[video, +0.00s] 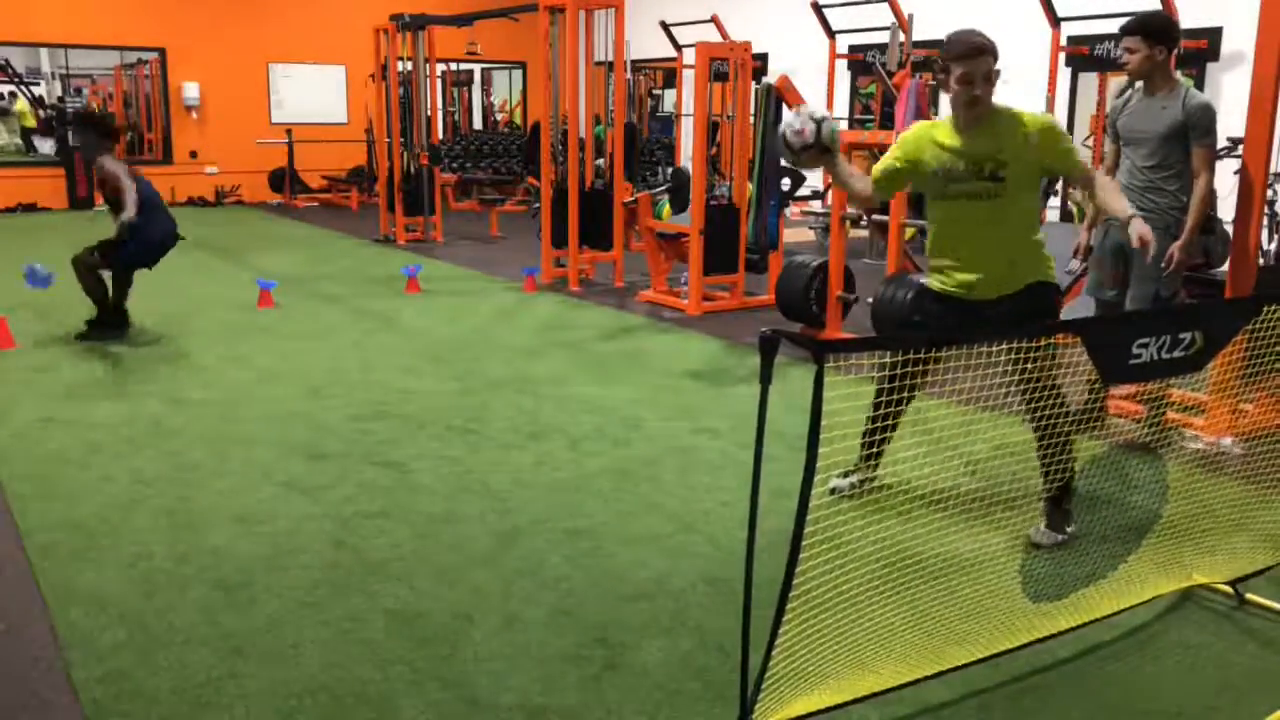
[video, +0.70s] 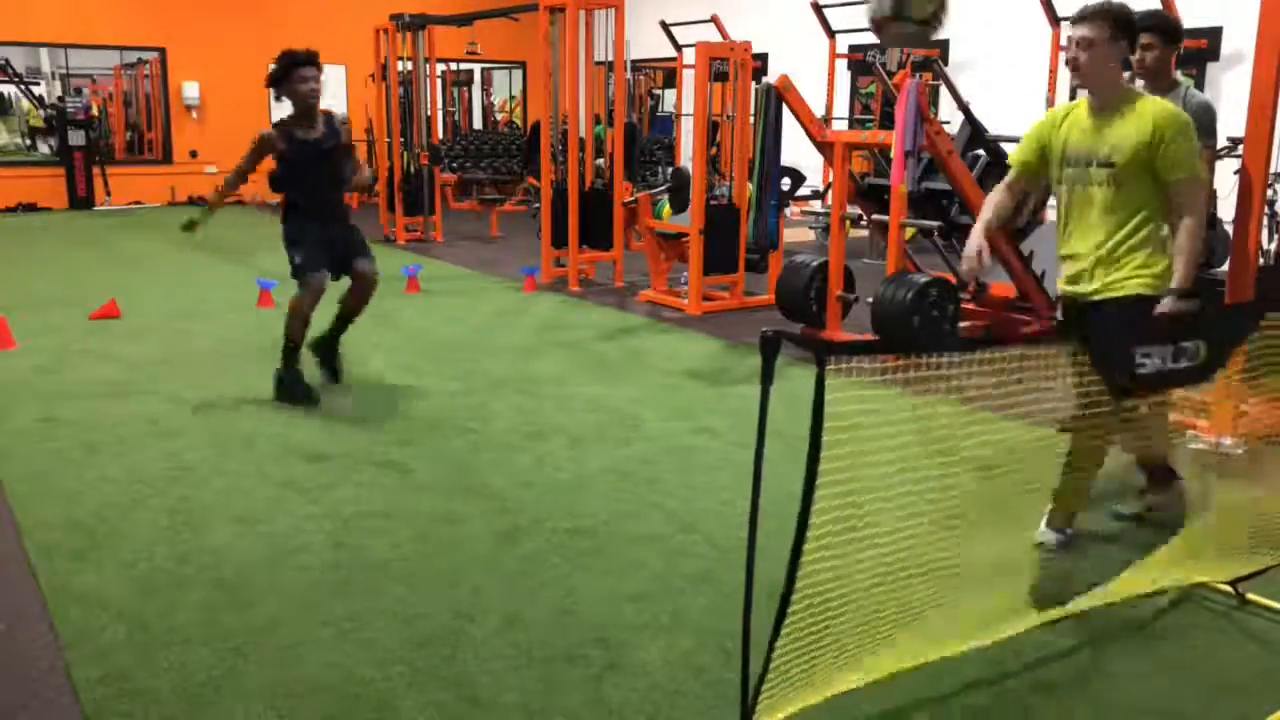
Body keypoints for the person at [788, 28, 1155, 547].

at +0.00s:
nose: (975, 90)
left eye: (984, 79)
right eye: (964, 80)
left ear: (996, 77)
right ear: (945, 80)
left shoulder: (1034, 134)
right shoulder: (920, 140)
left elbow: (1093, 179)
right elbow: (868, 193)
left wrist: (1131, 218)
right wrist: (827, 155)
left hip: (1022, 287)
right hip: (946, 289)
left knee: (1038, 391)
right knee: (898, 374)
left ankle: (1058, 508)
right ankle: (865, 469)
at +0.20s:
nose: (1028, 110)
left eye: (1037, 97)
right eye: (1015, 99)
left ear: (1050, 93)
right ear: (996, 99)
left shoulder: (1077, 153)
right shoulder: (974, 165)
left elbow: (1112, 224)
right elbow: (1005, 245)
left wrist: (1154, 272)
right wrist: (1057, 294)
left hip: (1046, 303)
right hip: (975, 301)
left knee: (1081, 401)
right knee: (916, 380)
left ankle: (1056, 520)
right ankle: (865, 467)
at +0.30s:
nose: (1049, 99)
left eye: (1058, 88)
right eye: (1037, 90)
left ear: (1072, 87)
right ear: (1019, 90)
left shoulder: (1103, 146)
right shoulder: (996, 162)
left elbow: (1134, 228)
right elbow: (1036, 240)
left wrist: (1162, 304)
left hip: (1072, 297)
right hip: (999, 295)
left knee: (1087, 410)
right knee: (927, 384)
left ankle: (1056, 518)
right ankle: (867, 471)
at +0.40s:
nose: (1066, 81)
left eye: (1076, 70)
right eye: (1053, 71)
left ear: (1092, 72)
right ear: (1036, 76)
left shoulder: (1127, 139)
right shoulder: (1009, 146)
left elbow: (1153, 229)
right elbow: (1011, 235)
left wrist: (1168, 307)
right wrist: (1096, 227)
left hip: (1092, 291)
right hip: (1018, 287)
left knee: (1090, 404)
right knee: (958, 373)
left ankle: (1057, 516)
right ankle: (923, 463)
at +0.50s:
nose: (1076, 65)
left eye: (1087, 55)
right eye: (1066, 55)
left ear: (1106, 59)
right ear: (1053, 60)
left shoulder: (1143, 129)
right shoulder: (1022, 132)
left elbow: (1162, 218)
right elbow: (988, 209)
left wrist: (1170, 299)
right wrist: (1033, 256)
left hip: (1108, 290)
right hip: (1032, 285)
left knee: (1090, 403)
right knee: (1001, 378)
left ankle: (1059, 512)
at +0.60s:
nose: (1078, 56)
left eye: (1091, 46)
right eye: (1070, 46)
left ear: (1116, 51)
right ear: (1061, 51)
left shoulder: (1154, 121)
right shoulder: (1040, 121)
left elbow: (1176, 206)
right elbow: (991, 192)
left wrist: (1177, 277)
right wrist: (992, 250)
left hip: (1125, 273)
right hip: (1056, 271)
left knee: (1094, 391)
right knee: (1041, 372)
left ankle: (1062, 510)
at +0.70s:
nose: (1072, 55)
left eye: (1085, 46)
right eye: (1070, 46)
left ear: (1120, 53)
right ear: (1069, 53)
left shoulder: (1162, 120)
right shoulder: (1055, 124)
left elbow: (1192, 209)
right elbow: (1011, 188)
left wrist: (1181, 289)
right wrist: (978, 232)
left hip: (1136, 288)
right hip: (1077, 288)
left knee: (1093, 405)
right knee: (1121, 401)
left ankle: (1060, 519)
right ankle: (1163, 485)